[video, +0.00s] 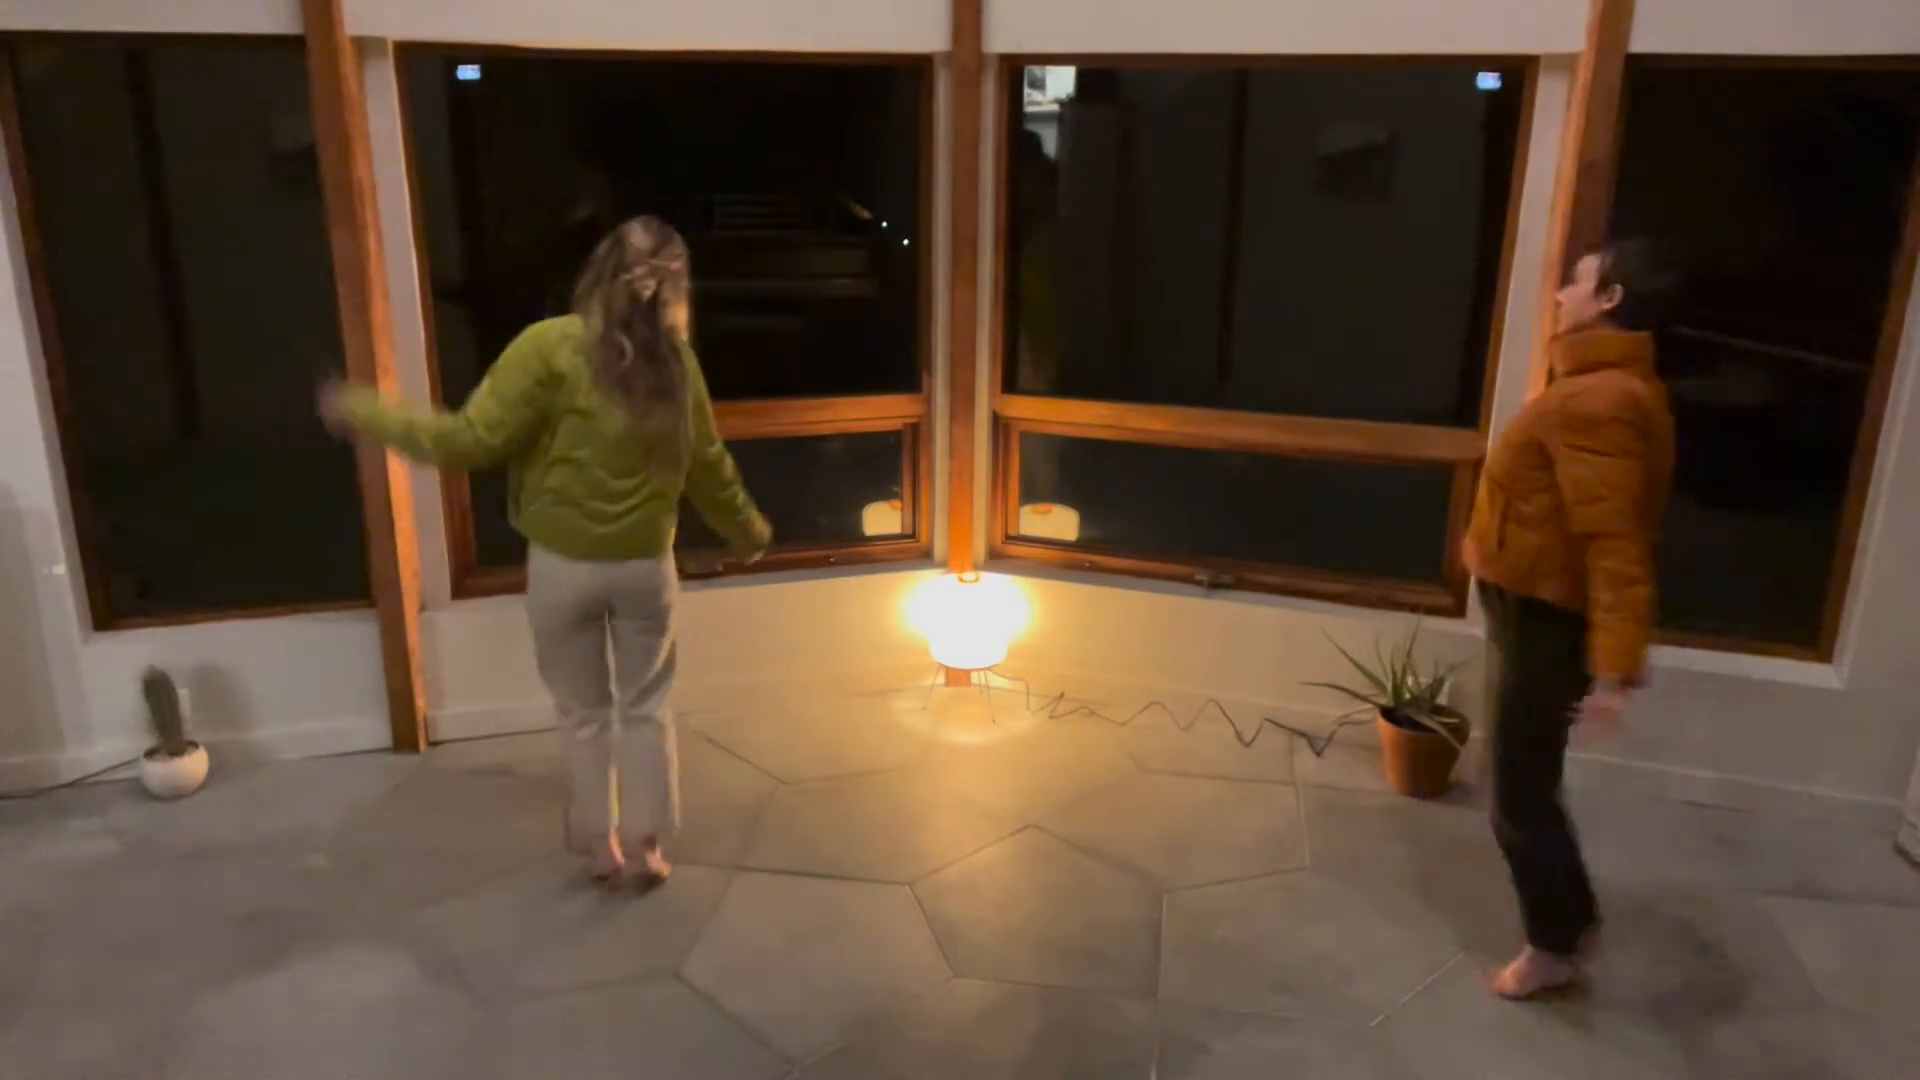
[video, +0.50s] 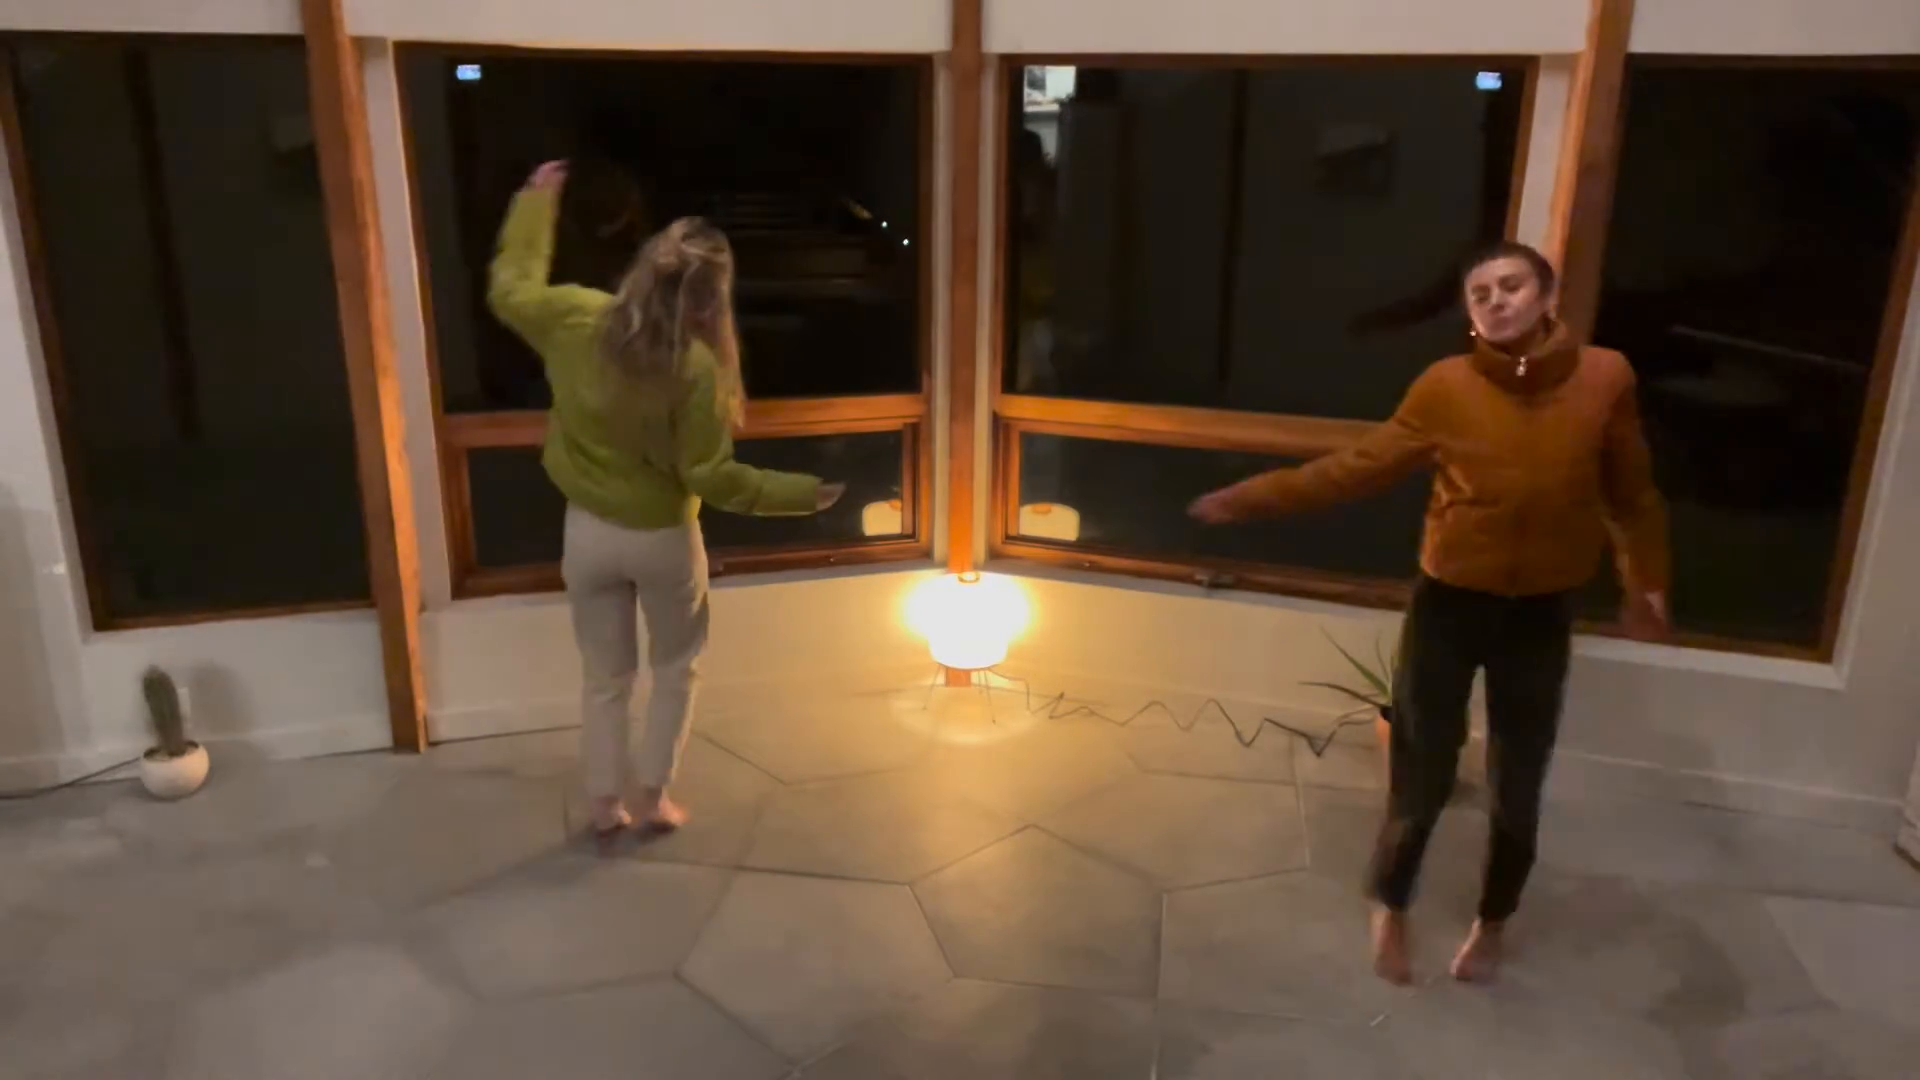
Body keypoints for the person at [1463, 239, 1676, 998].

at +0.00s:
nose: (1561, 291)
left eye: (1576, 281)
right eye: (1571, 278)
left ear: (1608, 303)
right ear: (1612, 304)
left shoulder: (1604, 402)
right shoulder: (1589, 385)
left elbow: (1616, 538)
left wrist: (1615, 664)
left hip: (1544, 618)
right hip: (1529, 609)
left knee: (1520, 795)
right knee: (1523, 782)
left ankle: (1552, 947)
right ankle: (1569, 915)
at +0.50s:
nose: (1495, 303)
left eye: (1510, 287)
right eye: (1480, 295)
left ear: (1548, 294)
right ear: (1468, 312)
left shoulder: (1602, 378)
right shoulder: (1447, 388)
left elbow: (1634, 491)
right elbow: (1360, 465)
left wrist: (1647, 583)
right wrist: (1251, 497)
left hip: (1540, 607)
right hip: (1449, 601)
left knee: (1519, 781)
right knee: (1424, 774)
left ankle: (1492, 922)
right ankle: (1390, 907)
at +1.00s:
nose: (1555, 365)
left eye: (1561, 350)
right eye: (1552, 348)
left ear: (1501, 330)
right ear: (1510, 332)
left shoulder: (1440, 365)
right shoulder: (1482, 402)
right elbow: (1468, 534)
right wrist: (1464, 656)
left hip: (1372, 584)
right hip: (1411, 599)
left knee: (1385, 758)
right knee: (1421, 775)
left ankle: (1360, 907)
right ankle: (1364, 929)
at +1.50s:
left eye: (1314, 330)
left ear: (1323, 328)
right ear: (1385, 324)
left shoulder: (1297, 378)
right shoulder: (1428, 368)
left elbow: (1278, 499)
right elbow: (1460, 479)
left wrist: (1290, 583)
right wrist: (1462, 576)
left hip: (1338, 590)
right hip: (1420, 593)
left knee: (1323, 759)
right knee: (1389, 756)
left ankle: (1320, 926)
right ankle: (1367, 912)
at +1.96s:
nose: (1256, 366)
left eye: (1264, 356)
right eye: (1254, 353)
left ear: (1302, 351)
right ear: (1283, 343)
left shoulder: (1350, 415)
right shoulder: (1298, 372)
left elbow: (1300, 540)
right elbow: (1253, 463)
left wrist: (1250, 636)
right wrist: (1231, 547)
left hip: (1350, 587)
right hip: (1295, 575)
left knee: (1317, 738)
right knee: (1267, 726)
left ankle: (1334, 885)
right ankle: (1265, 851)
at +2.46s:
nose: (1408, 330)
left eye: (1416, 319)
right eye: (1400, 312)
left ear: (1413, 322)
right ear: (1359, 300)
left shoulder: (1378, 380)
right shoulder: (1302, 340)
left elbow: (1415, 497)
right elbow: (1258, 453)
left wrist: (1486, 583)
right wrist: (1315, 549)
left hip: (1322, 568)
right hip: (1266, 557)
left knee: (1300, 728)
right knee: (1259, 725)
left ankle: (1255, 841)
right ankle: (1216, 851)